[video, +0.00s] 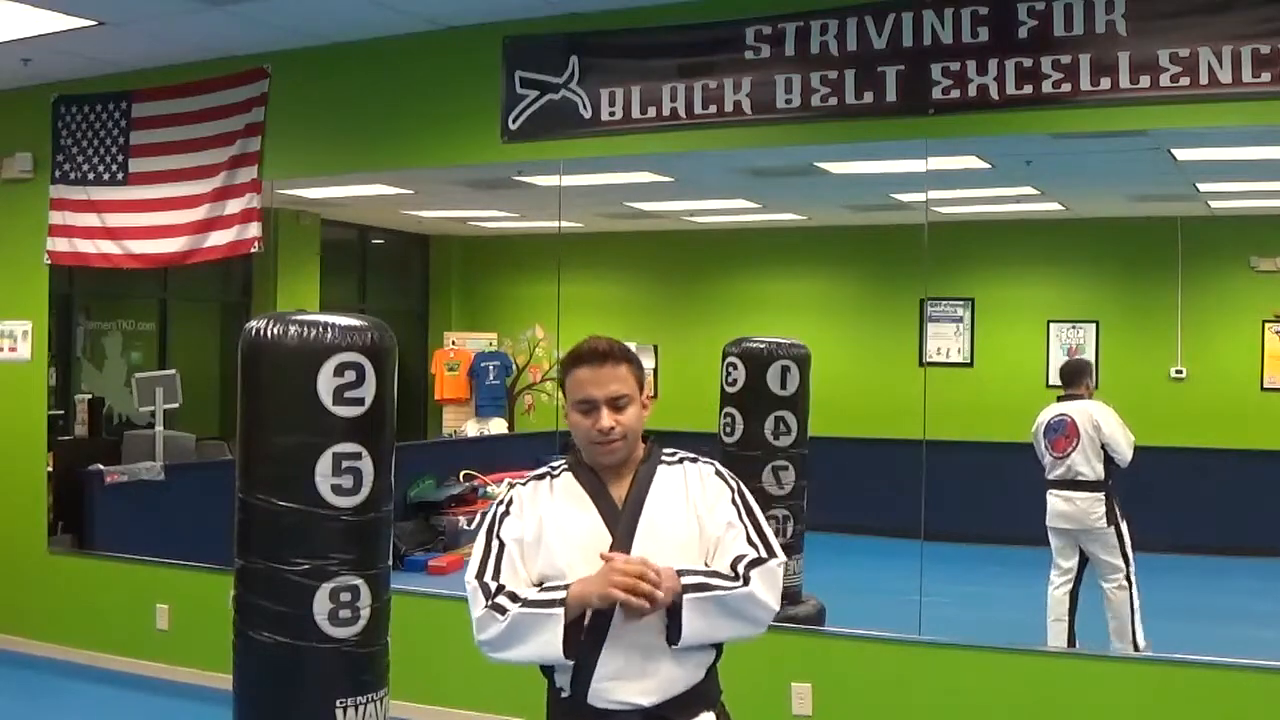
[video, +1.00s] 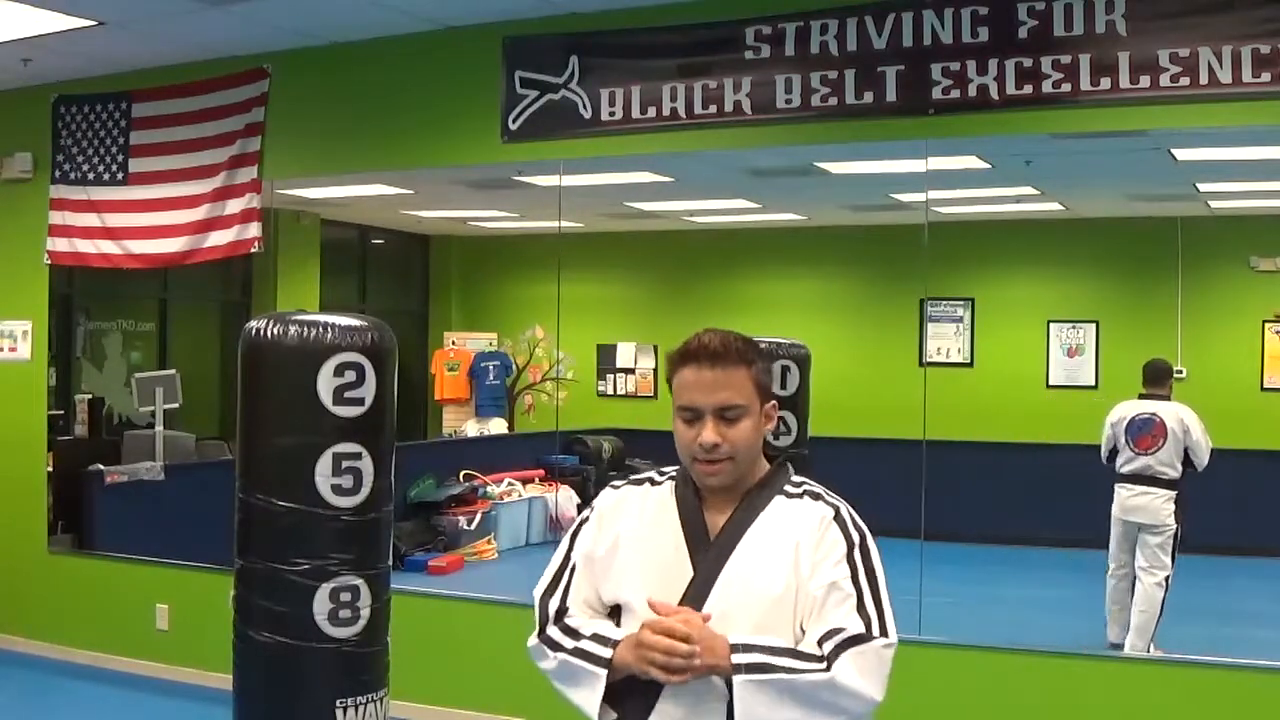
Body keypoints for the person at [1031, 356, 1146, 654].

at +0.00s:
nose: (1094, 385)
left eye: (1092, 380)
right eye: (1093, 380)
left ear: (1063, 384)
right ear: (1088, 383)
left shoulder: (1045, 415)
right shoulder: (1098, 411)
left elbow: (1045, 457)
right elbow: (1124, 455)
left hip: (1056, 501)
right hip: (1094, 503)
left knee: (1061, 576)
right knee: (1117, 577)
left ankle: (1058, 649)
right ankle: (1128, 650)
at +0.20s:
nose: (1110, 388)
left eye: (1108, 384)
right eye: (1109, 384)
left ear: (1079, 386)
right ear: (1104, 386)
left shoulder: (1059, 415)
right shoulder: (1114, 415)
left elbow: (1056, 457)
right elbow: (1138, 459)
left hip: (1066, 503)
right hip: (1103, 506)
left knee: (1067, 574)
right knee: (1119, 580)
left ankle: (1059, 647)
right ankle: (1132, 650)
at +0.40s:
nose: (1131, 385)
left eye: (1128, 381)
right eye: (1131, 381)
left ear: (1102, 381)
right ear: (1128, 383)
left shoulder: (1078, 411)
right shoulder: (1137, 415)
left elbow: (1070, 451)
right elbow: (1159, 460)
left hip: (1084, 499)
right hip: (1122, 503)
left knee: (1077, 568)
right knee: (1131, 575)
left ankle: (1062, 646)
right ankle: (1133, 649)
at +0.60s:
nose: (1153, 385)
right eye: (1153, 381)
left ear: (1123, 381)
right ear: (1151, 383)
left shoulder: (1099, 409)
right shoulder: (1162, 417)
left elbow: (1088, 448)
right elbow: (1180, 460)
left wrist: (1118, 437)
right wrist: (1153, 447)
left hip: (1103, 501)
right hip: (1141, 505)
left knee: (1093, 562)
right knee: (1141, 575)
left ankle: (1075, 630)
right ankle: (1136, 650)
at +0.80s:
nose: (1162, 385)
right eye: (1164, 381)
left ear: (1135, 381)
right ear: (1164, 383)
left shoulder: (1112, 410)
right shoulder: (1177, 416)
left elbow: (1100, 452)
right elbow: (1191, 461)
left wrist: (1129, 442)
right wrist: (1164, 448)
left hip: (1116, 500)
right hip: (1153, 504)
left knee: (1108, 560)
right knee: (1147, 574)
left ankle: (1095, 629)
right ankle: (1137, 648)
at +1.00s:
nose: (1167, 385)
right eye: (1169, 380)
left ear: (1143, 382)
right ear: (1170, 382)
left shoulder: (1120, 411)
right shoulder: (1184, 415)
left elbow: (1107, 456)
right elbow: (1200, 460)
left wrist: (1136, 452)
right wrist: (1172, 455)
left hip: (1124, 501)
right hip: (1160, 504)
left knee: (1119, 567)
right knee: (1151, 573)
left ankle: (1116, 636)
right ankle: (1138, 647)